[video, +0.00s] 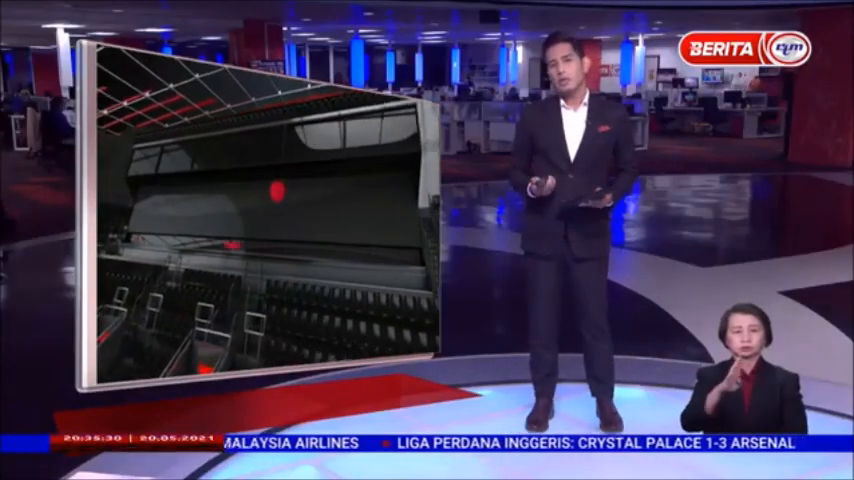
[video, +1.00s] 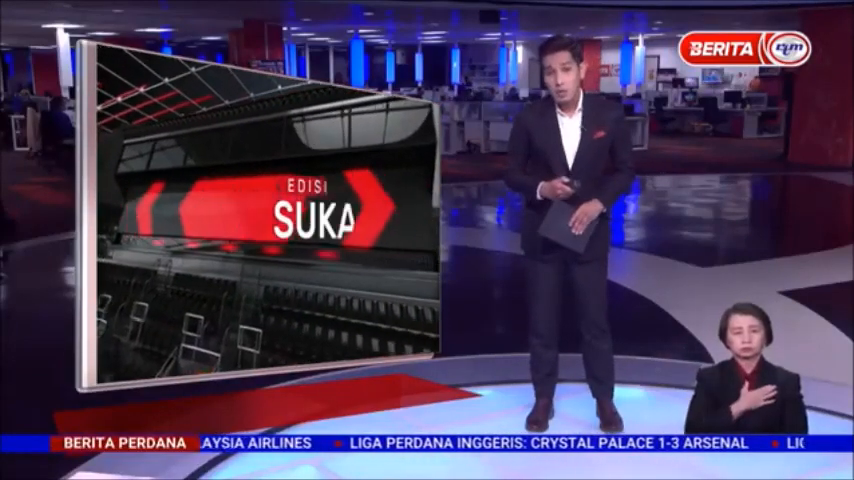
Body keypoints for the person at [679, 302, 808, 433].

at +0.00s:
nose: (746, 338)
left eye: (753, 330)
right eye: (737, 331)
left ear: (765, 337)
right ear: (726, 340)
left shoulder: (785, 381)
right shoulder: (710, 376)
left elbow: (797, 435)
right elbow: (689, 423)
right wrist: (720, 390)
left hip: (769, 464)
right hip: (717, 463)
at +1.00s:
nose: (746, 338)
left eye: (754, 331)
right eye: (738, 332)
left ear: (766, 337)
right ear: (726, 340)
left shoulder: (787, 381)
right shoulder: (709, 378)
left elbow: (797, 438)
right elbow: (693, 431)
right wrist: (739, 407)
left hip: (771, 465)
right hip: (718, 464)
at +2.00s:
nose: (740, 340)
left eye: (748, 331)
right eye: (731, 333)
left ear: (760, 336)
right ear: (720, 340)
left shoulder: (781, 373)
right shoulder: (709, 375)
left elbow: (806, 412)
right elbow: (687, 424)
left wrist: (772, 383)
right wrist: (727, 394)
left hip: (774, 460)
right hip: (722, 460)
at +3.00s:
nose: (743, 345)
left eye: (750, 336)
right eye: (734, 337)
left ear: (762, 338)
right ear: (723, 341)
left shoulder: (781, 375)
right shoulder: (711, 376)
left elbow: (809, 417)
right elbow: (680, 420)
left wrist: (784, 384)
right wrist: (701, 385)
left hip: (772, 460)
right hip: (720, 460)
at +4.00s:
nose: (746, 339)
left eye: (754, 331)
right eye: (737, 332)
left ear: (767, 336)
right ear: (727, 338)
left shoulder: (785, 379)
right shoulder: (712, 375)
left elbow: (801, 429)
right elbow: (694, 424)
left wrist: (761, 420)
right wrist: (724, 392)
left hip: (769, 461)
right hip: (719, 459)